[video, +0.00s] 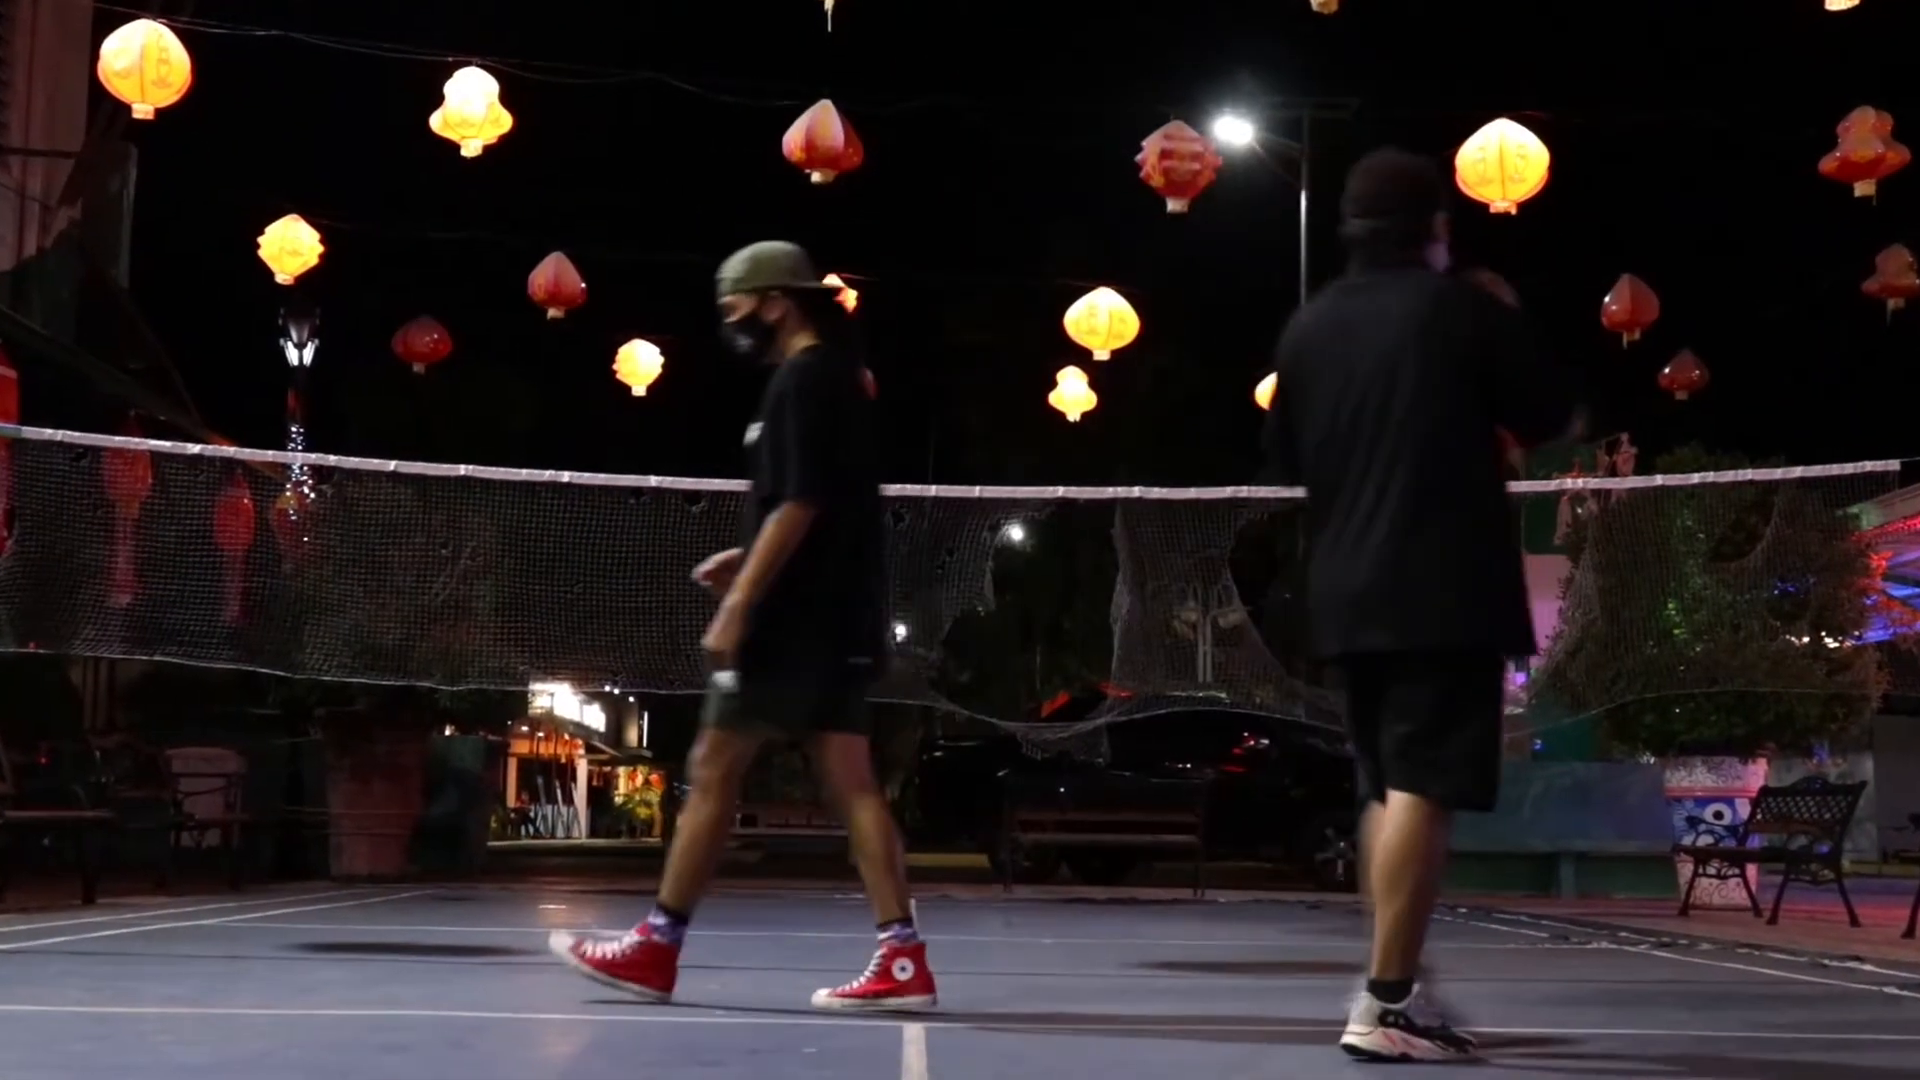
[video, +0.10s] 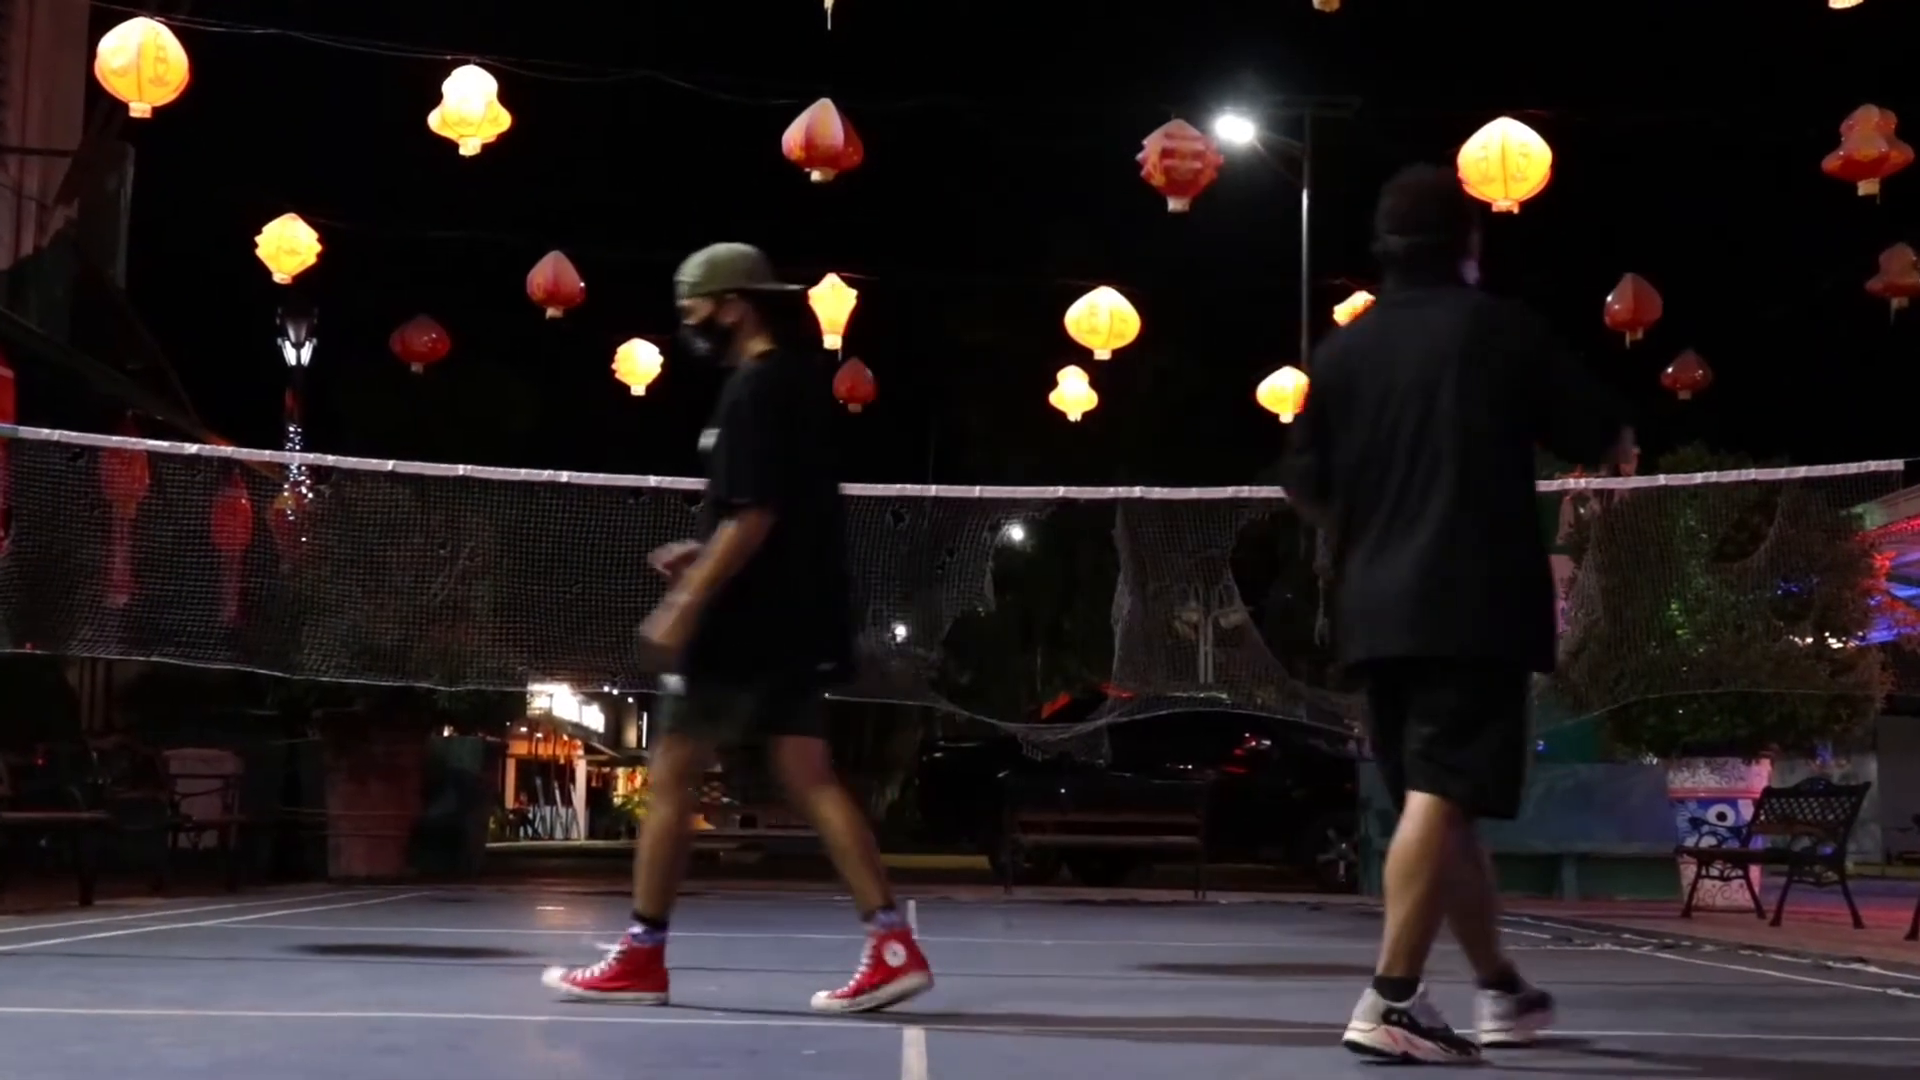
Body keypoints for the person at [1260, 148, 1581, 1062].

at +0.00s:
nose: (1451, 231)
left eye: (1442, 218)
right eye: (1447, 218)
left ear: (1353, 230)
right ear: (1434, 228)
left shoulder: (1309, 329)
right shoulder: (1464, 310)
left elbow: (1292, 458)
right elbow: (1542, 416)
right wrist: (1505, 315)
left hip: (1349, 585)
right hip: (1448, 584)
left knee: (1389, 786)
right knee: (1420, 789)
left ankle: (1400, 988)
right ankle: (1383, 1003)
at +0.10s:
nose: (1481, 252)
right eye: (1476, 240)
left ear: (1384, 250)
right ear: (1467, 247)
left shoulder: (1344, 351)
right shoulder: (1503, 332)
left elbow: (1304, 477)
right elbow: (1597, 438)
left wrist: (1372, 514)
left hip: (1378, 599)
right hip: (1482, 595)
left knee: (1439, 803)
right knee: (1435, 795)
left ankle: (1503, 992)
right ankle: (1387, 1001)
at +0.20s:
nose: (1499, 260)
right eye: (1495, 247)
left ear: (1403, 260)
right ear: (1487, 255)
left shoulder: (1365, 365)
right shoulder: (1526, 343)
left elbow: (1317, 496)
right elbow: (1625, 453)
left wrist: (1368, 574)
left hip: (1397, 608)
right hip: (1502, 606)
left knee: (1457, 805)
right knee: (1461, 795)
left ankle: (1513, 996)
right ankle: (1397, 988)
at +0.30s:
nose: (1521, 259)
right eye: (1515, 246)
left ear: (1425, 262)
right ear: (1508, 254)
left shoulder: (1391, 358)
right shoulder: (1557, 341)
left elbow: (1336, 488)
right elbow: (1628, 466)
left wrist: (1386, 580)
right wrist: (1639, 563)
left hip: (1428, 606)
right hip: (1536, 601)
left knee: (1467, 796)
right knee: (1548, 787)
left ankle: (1509, 989)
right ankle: (1453, 936)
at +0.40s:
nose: (1538, 259)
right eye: (1532, 247)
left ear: (1442, 265)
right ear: (1526, 257)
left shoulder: (1406, 362)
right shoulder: (1573, 347)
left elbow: (1360, 497)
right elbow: (1627, 487)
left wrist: (1402, 593)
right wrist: (1656, 598)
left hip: (1448, 614)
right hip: (1557, 608)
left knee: (1483, 789)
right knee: (1596, 775)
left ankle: (1506, 1009)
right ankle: (1513, 918)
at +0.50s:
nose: (1563, 268)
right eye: (1557, 255)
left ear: (1468, 270)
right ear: (1552, 264)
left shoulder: (1433, 367)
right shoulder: (1592, 353)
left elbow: (1406, 512)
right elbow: (1635, 495)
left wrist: (1434, 601)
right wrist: (1662, 611)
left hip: (1475, 615)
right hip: (1579, 609)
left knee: (1499, 791)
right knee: (1624, 776)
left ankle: (1517, 997)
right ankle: (1594, 947)